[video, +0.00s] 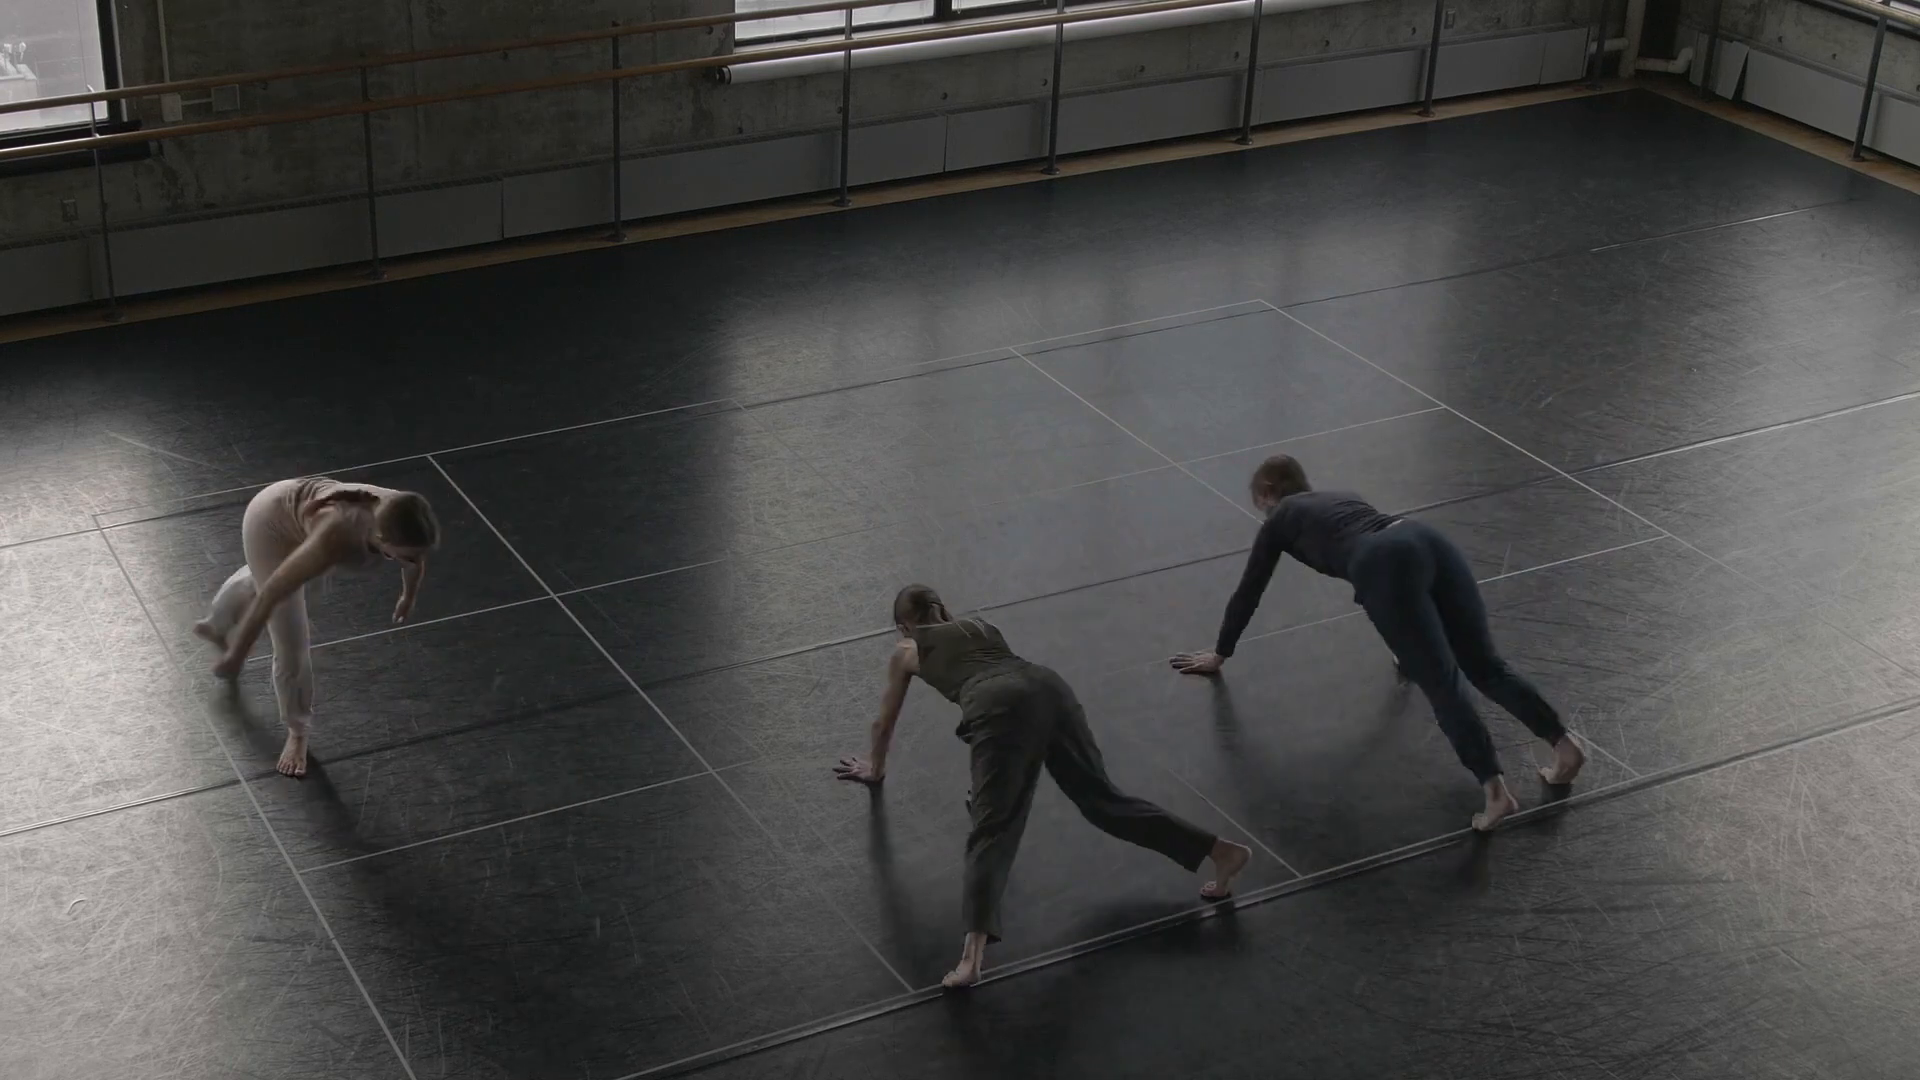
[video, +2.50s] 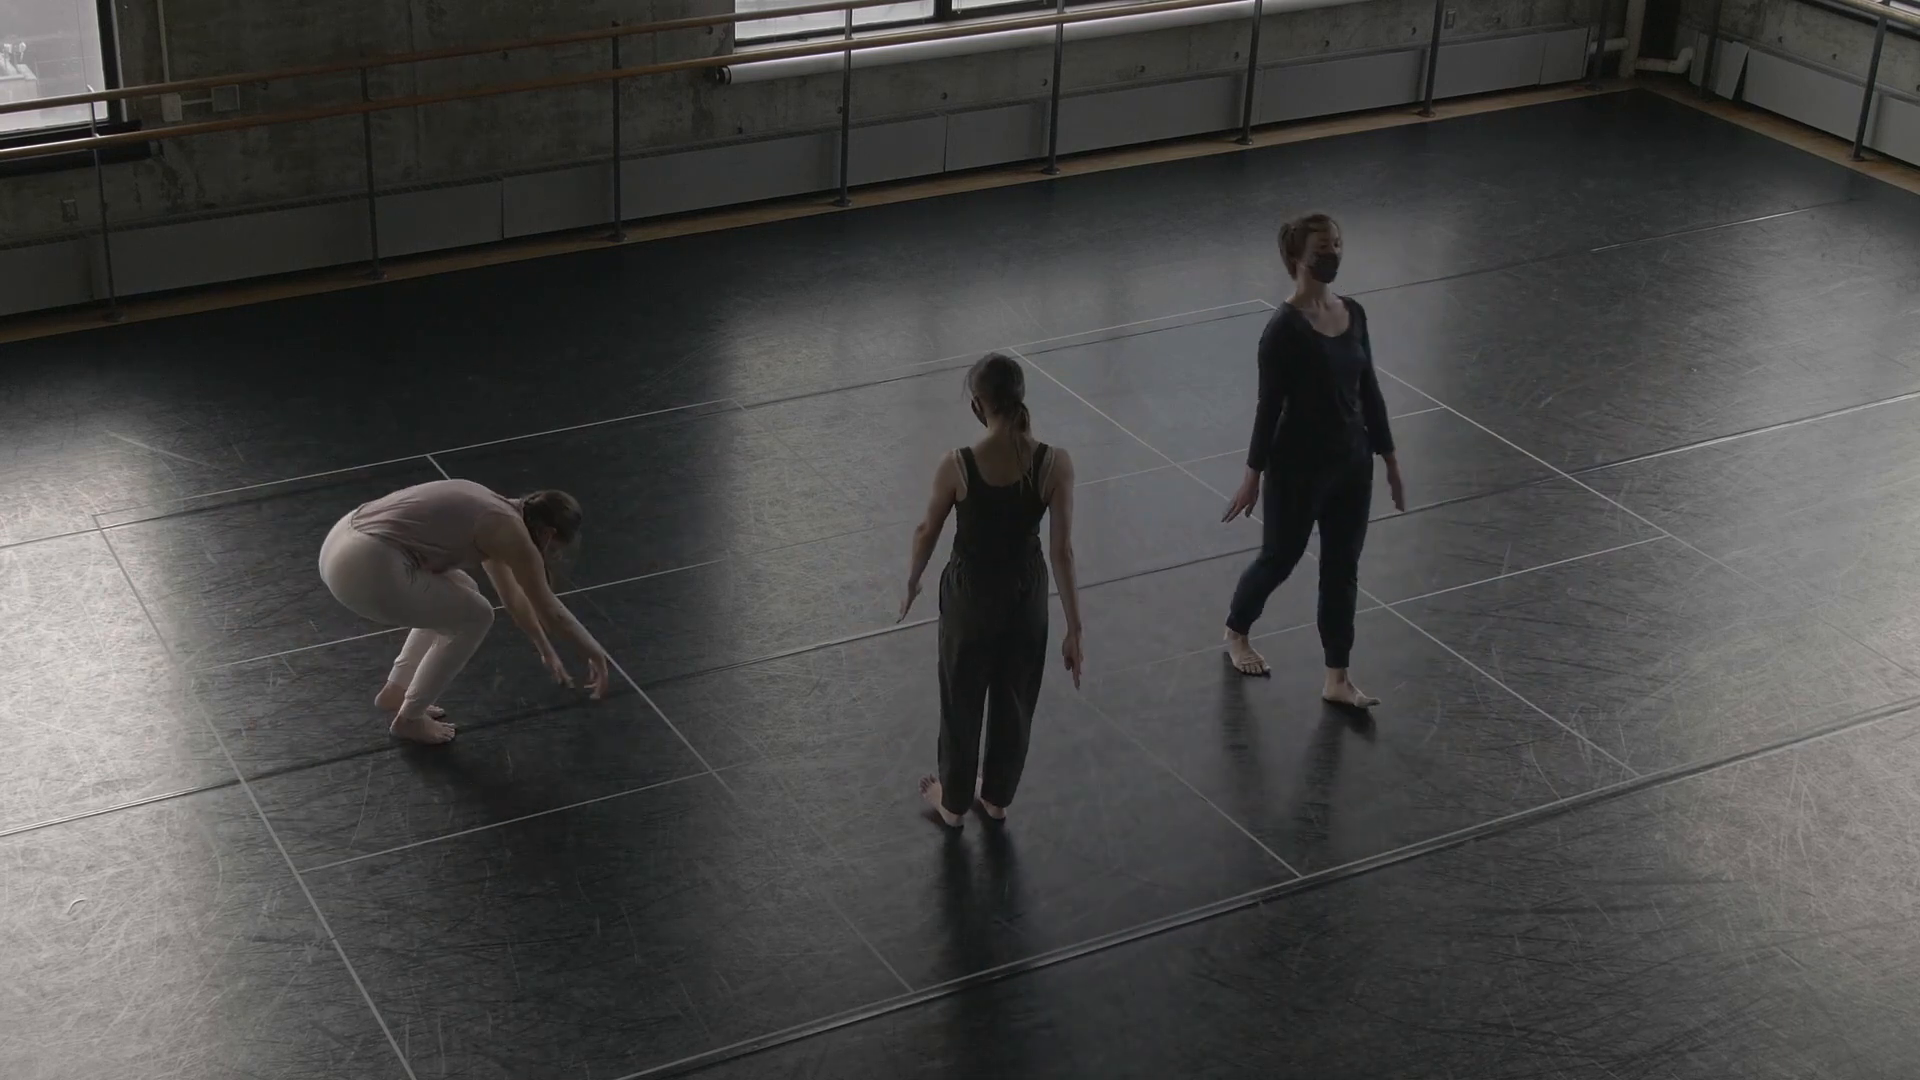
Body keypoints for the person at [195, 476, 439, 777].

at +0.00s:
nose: (407, 564)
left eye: (415, 558)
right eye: (400, 557)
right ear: (382, 542)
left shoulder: (405, 512)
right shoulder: (335, 535)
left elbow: (416, 558)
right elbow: (271, 591)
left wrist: (408, 596)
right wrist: (235, 655)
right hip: (271, 523)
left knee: (261, 576)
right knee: (292, 644)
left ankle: (214, 626)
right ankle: (297, 733)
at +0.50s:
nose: (579, 593)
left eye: (585, 585)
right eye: (579, 583)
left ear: (562, 556)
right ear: (564, 571)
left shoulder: (530, 557)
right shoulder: (529, 581)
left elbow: (550, 620)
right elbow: (561, 653)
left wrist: (584, 651)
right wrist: (612, 704)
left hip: (362, 512)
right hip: (386, 525)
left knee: (275, 617)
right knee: (353, 642)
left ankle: (199, 706)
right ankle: (277, 730)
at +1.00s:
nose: (661, 548)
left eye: (668, 542)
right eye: (667, 540)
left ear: (638, 502)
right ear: (657, 529)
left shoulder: (585, 505)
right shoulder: (623, 541)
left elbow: (567, 586)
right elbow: (617, 632)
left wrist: (563, 655)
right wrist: (616, 700)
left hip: (469, 555)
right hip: (503, 586)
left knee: (367, 646)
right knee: (396, 678)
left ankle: (264, 710)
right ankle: (283, 745)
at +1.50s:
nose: (648, 583)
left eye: (656, 577)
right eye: (658, 575)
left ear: (645, 543)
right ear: (655, 555)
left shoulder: (588, 525)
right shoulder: (625, 537)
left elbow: (569, 601)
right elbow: (615, 632)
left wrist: (562, 656)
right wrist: (617, 700)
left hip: (463, 500)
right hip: (502, 519)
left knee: (388, 619)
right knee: (423, 649)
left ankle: (298, 691)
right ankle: (317, 717)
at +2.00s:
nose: (595, 599)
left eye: (602, 595)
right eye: (600, 593)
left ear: (583, 549)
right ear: (593, 579)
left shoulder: (527, 534)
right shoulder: (557, 574)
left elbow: (530, 614)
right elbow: (575, 659)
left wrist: (572, 654)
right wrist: (610, 703)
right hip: (428, 628)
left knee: (525, 620)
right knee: (544, 651)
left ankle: (422, 675)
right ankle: (438, 702)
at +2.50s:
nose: (551, 555)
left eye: (557, 550)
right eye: (556, 548)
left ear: (530, 510)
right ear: (547, 534)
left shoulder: (485, 510)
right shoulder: (508, 529)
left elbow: (512, 595)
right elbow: (549, 608)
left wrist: (547, 652)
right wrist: (597, 652)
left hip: (343, 542)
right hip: (366, 566)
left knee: (463, 590)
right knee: (475, 616)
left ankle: (397, 687)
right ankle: (411, 717)